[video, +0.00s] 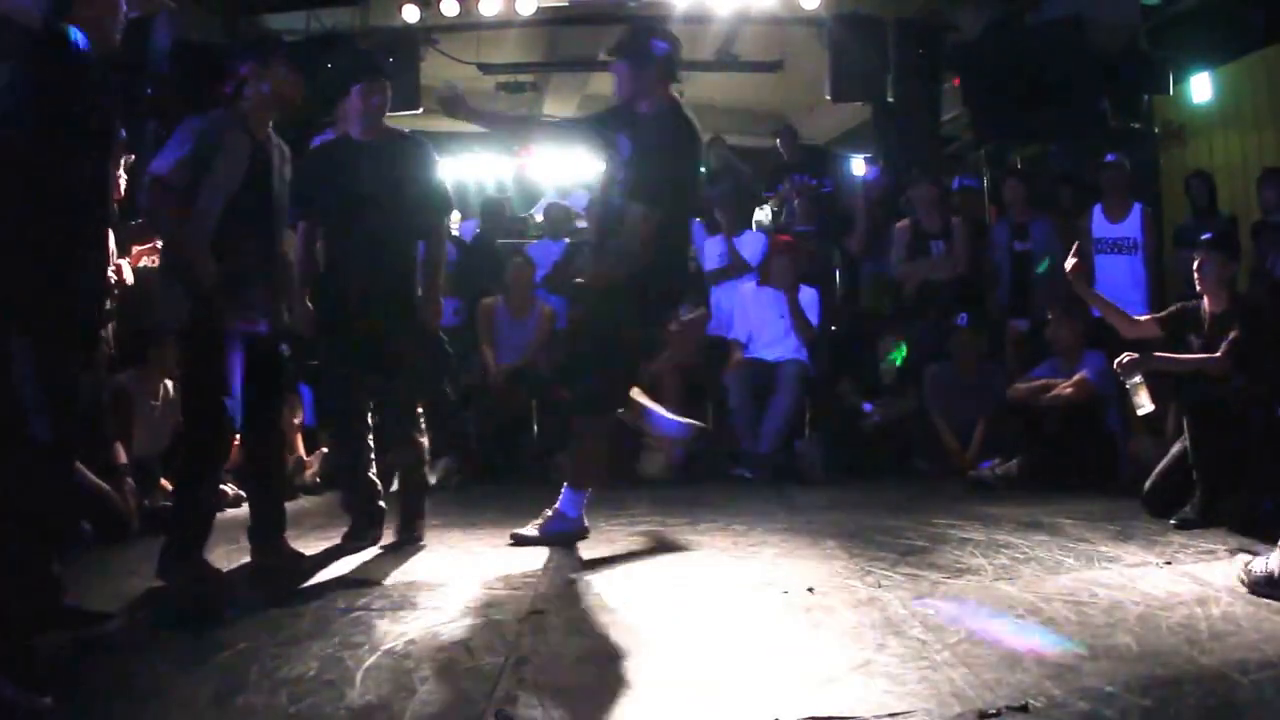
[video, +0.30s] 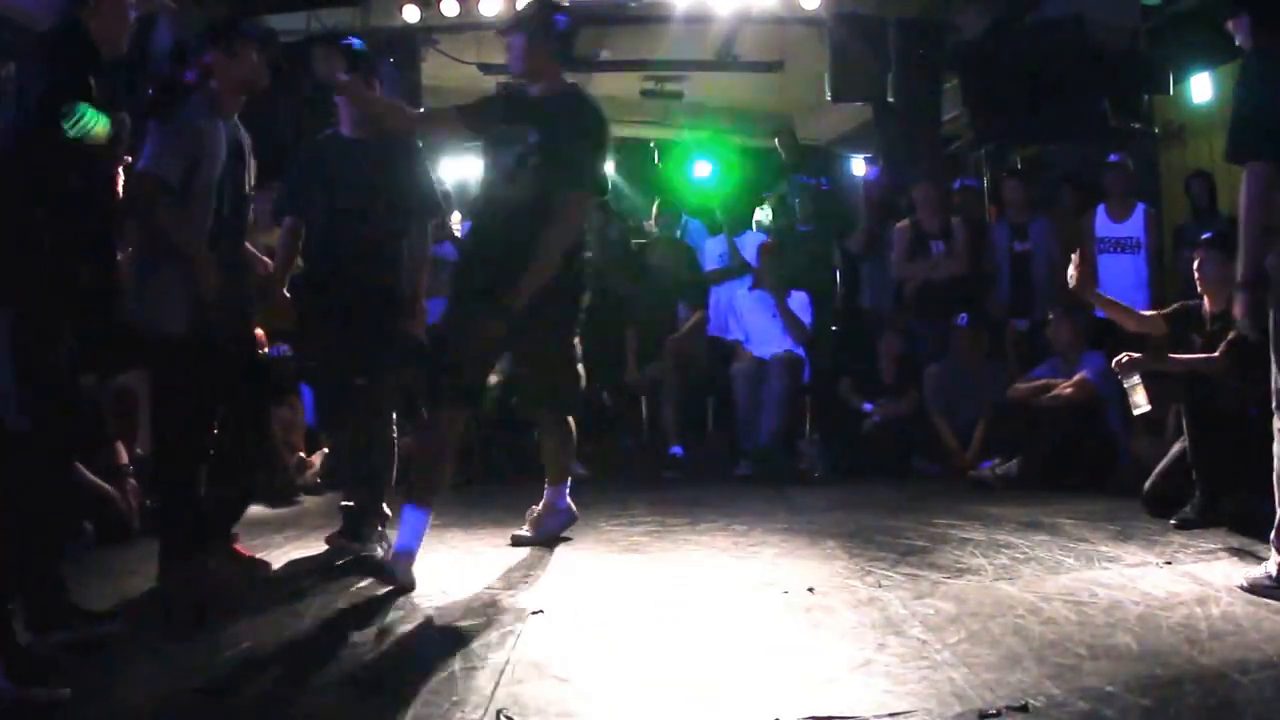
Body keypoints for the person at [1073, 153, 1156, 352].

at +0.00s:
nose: (1111, 180)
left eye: (1117, 174)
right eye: (1107, 174)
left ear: (1127, 178)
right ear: (1101, 178)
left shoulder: (1143, 215)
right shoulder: (1091, 216)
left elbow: (1150, 259)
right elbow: (1086, 258)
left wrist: (1152, 302)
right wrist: (1088, 299)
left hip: (1136, 304)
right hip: (1102, 306)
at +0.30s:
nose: (1114, 180)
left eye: (1120, 174)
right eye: (1110, 175)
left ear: (1130, 179)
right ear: (1104, 179)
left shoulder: (1146, 215)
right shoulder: (1092, 218)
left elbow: (1153, 259)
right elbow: (1088, 259)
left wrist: (1155, 300)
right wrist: (1091, 295)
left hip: (1139, 305)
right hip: (1104, 307)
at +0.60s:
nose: (1116, 180)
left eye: (1121, 174)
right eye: (1112, 175)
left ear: (1131, 178)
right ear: (1106, 179)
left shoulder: (1147, 216)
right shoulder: (1095, 218)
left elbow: (1154, 261)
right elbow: (1091, 263)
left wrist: (1155, 303)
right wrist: (1091, 302)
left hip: (1139, 308)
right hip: (1106, 308)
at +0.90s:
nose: (1118, 183)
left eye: (1123, 177)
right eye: (1114, 177)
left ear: (1132, 179)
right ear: (1107, 180)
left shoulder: (1148, 215)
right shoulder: (1097, 218)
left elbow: (1155, 260)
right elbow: (1091, 263)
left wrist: (1156, 300)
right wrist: (1091, 304)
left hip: (1141, 311)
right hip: (1108, 310)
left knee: (1142, 370)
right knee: (1111, 369)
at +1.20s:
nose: (1118, 182)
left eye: (1122, 176)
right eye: (1113, 177)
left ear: (1132, 179)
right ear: (1107, 180)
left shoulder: (1151, 216)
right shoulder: (1098, 219)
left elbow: (1158, 262)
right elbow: (1094, 264)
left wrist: (1158, 303)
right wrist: (1093, 303)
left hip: (1142, 310)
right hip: (1109, 310)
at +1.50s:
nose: (1115, 182)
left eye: (1120, 176)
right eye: (1111, 177)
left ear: (1130, 179)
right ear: (1106, 181)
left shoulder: (1151, 216)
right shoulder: (1098, 218)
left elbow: (1160, 259)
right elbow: (1093, 263)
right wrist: (1093, 302)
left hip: (1141, 307)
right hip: (1109, 307)